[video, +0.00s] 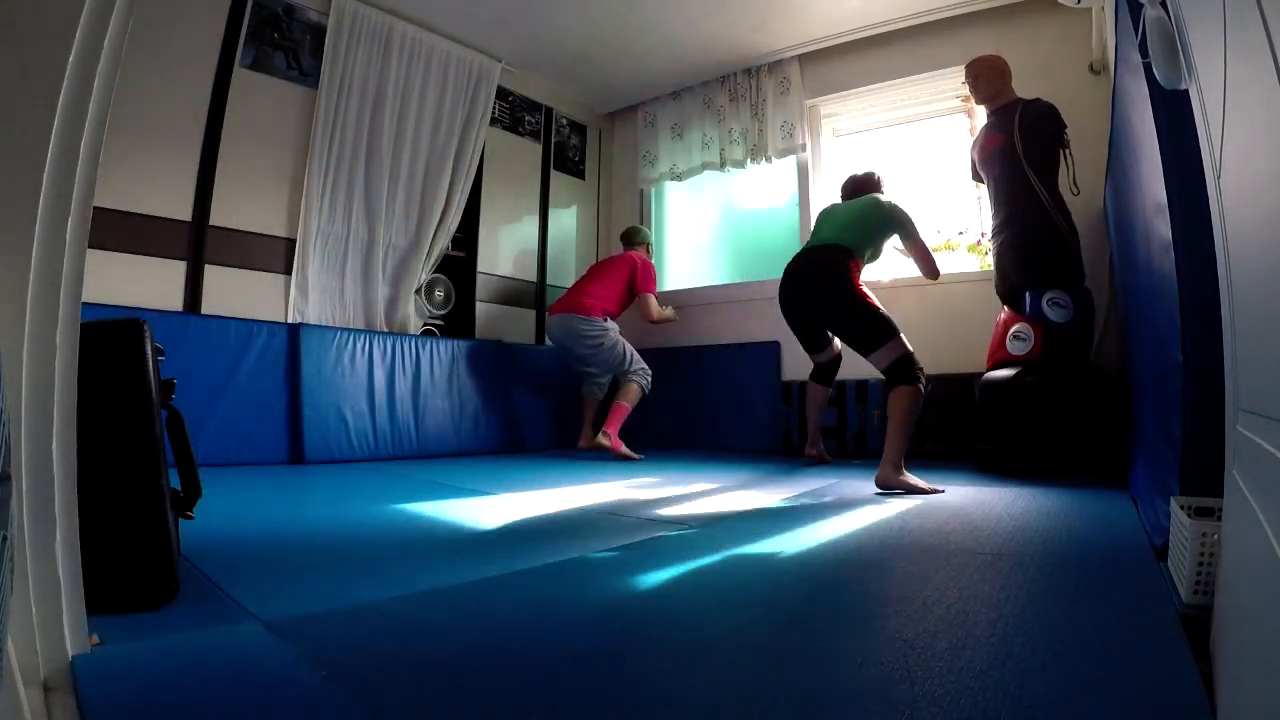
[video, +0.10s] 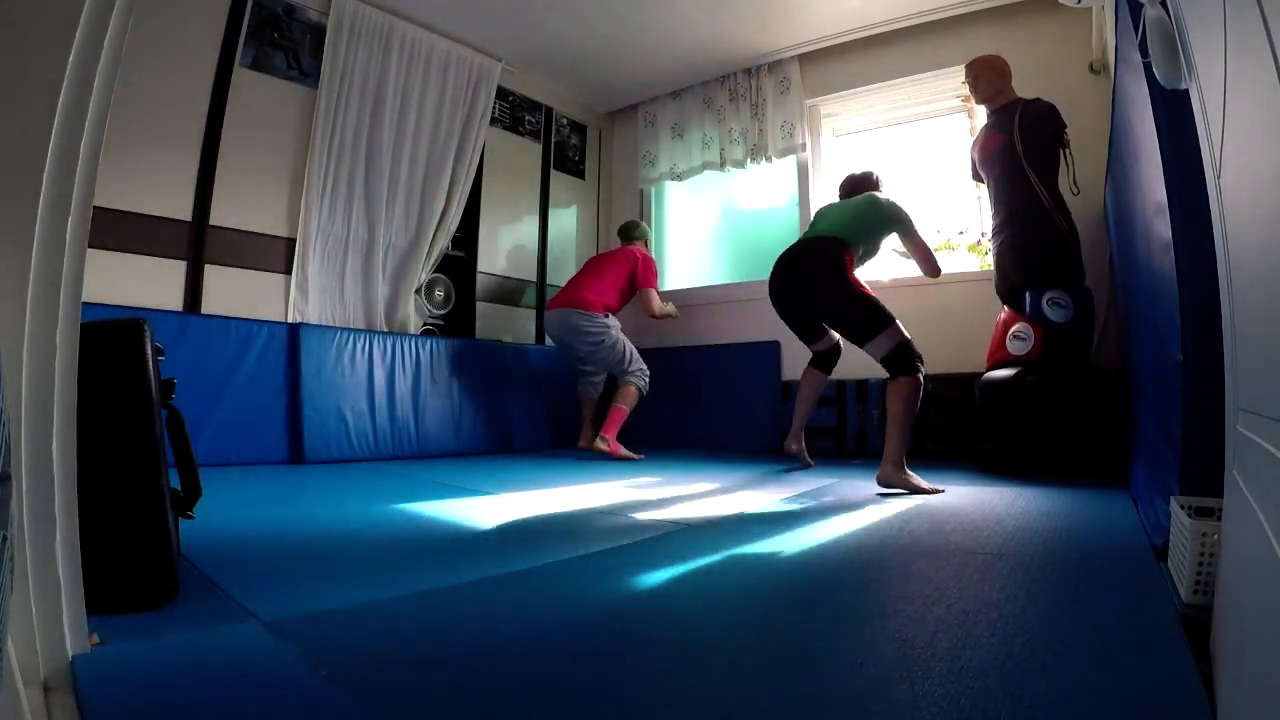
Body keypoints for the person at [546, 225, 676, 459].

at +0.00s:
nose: (651, 254)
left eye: (650, 251)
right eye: (651, 250)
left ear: (624, 247)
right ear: (647, 248)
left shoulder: (607, 262)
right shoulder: (641, 262)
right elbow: (652, 314)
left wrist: (650, 302)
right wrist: (668, 314)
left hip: (556, 319)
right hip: (587, 320)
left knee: (598, 374)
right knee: (638, 372)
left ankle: (586, 435)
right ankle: (610, 433)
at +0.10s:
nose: (649, 247)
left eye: (649, 244)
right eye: (649, 244)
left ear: (621, 242)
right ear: (645, 242)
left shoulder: (602, 257)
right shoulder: (642, 257)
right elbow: (653, 309)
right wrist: (668, 310)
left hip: (554, 314)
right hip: (587, 316)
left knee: (592, 370)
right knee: (636, 373)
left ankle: (586, 435)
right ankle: (608, 437)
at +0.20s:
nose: (645, 240)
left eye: (645, 238)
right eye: (645, 237)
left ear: (616, 234)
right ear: (641, 235)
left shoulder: (597, 248)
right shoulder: (638, 249)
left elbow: (577, 278)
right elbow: (651, 300)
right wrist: (668, 304)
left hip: (547, 303)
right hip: (583, 304)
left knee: (584, 364)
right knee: (627, 368)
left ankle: (584, 431)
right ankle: (607, 439)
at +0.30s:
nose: (640, 238)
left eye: (640, 234)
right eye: (640, 234)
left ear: (611, 231)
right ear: (635, 233)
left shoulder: (595, 244)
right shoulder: (631, 245)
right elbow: (646, 297)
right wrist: (663, 300)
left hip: (535, 296)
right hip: (570, 297)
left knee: (580, 359)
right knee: (620, 358)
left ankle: (558, 425)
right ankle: (608, 436)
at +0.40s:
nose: (632, 238)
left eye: (632, 235)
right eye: (632, 234)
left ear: (602, 231)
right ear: (627, 232)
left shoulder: (587, 244)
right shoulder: (622, 245)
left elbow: (562, 278)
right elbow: (637, 297)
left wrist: (588, 306)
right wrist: (657, 298)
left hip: (526, 299)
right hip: (561, 298)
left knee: (568, 362)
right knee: (613, 357)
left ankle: (552, 437)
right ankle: (587, 424)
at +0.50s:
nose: (623, 234)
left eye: (623, 231)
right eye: (623, 231)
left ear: (593, 227)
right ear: (618, 229)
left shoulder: (572, 242)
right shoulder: (615, 243)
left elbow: (546, 269)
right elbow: (629, 297)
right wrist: (649, 297)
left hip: (517, 297)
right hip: (551, 297)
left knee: (560, 367)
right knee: (597, 366)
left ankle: (552, 434)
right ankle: (564, 431)